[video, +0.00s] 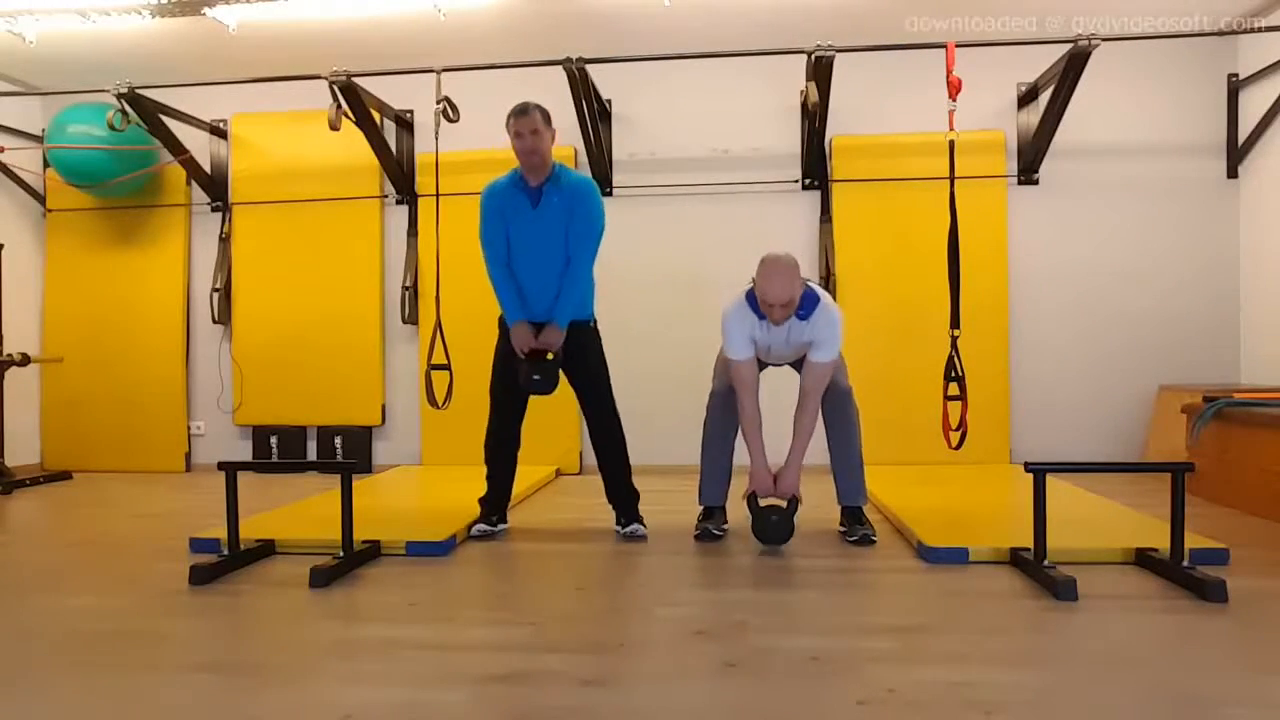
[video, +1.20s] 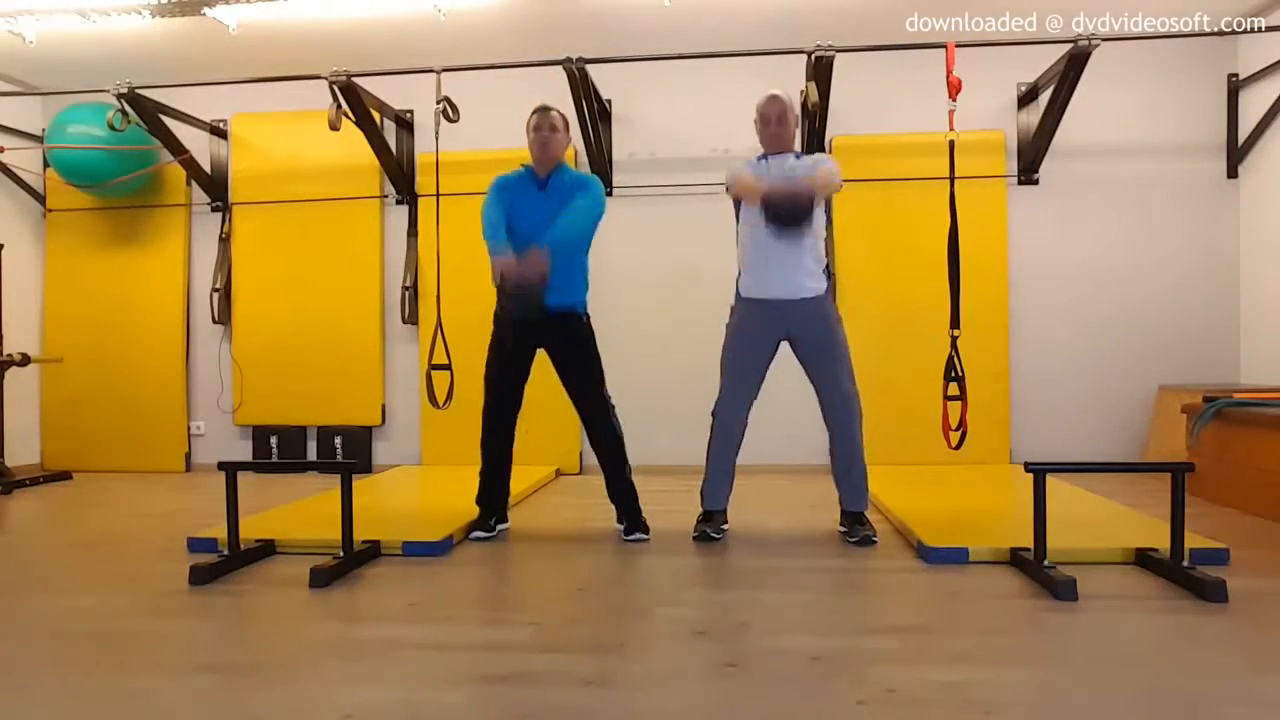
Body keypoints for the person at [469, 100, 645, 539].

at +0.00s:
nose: (528, 141)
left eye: (535, 132)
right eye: (519, 135)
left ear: (552, 136)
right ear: (510, 141)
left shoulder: (582, 190)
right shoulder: (496, 196)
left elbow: (582, 262)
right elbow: (496, 264)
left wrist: (560, 322)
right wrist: (515, 321)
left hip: (573, 322)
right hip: (517, 324)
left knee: (603, 418)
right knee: (503, 422)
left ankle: (627, 514)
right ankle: (493, 512)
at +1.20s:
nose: (544, 134)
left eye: (552, 128)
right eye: (537, 128)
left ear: (567, 140)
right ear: (527, 139)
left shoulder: (587, 187)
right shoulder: (503, 187)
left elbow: (575, 227)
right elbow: (493, 227)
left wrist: (543, 253)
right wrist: (503, 255)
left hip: (566, 317)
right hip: (514, 316)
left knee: (598, 415)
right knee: (498, 415)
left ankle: (629, 515)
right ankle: (492, 513)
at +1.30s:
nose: (548, 138)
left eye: (556, 133)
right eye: (541, 134)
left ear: (570, 146)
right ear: (529, 146)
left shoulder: (588, 184)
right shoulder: (512, 182)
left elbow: (580, 194)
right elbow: (492, 199)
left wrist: (538, 199)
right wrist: (503, 209)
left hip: (568, 317)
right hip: (516, 313)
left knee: (598, 417)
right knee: (501, 416)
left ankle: (630, 517)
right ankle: (493, 515)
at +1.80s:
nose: (549, 135)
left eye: (556, 129)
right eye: (541, 130)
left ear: (572, 139)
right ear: (531, 140)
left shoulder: (593, 187)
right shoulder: (515, 186)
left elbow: (583, 215)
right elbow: (497, 216)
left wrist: (542, 218)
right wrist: (513, 216)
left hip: (580, 324)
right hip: (526, 323)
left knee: (609, 418)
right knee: (502, 418)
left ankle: (630, 515)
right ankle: (493, 514)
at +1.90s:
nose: (547, 143)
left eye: (555, 137)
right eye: (540, 138)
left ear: (571, 148)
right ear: (530, 149)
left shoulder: (594, 203)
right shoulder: (510, 201)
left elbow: (581, 250)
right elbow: (502, 246)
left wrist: (549, 278)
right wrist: (509, 277)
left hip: (582, 331)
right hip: (529, 333)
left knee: (616, 415)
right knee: (495, 412)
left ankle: (630, 514)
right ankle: (493, 513)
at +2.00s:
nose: (543, 156)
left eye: (551, 150)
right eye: (536, 151)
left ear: (567, 161)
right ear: (525, 164)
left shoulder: (593, 218)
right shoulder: (507, 217)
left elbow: (585, 284)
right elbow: (505, 281)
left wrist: (560, 338)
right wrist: (517, 335)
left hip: (581, 335)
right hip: (525, 336)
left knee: (622, 410)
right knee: (489, 411)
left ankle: (631, 514)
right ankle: (493, 512)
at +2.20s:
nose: (520, 207)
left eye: (530, 199)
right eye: (514, 199)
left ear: (552, 205)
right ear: (508, 208)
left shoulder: (587, 258)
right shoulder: (496, 263)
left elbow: (591, 335)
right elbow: (511, 339)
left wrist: (571, 394)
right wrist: (542, 400)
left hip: (584, 359)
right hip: (527, 362)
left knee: (633, 412)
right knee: (478, 413)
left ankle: (632, 515)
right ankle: (493, 514)